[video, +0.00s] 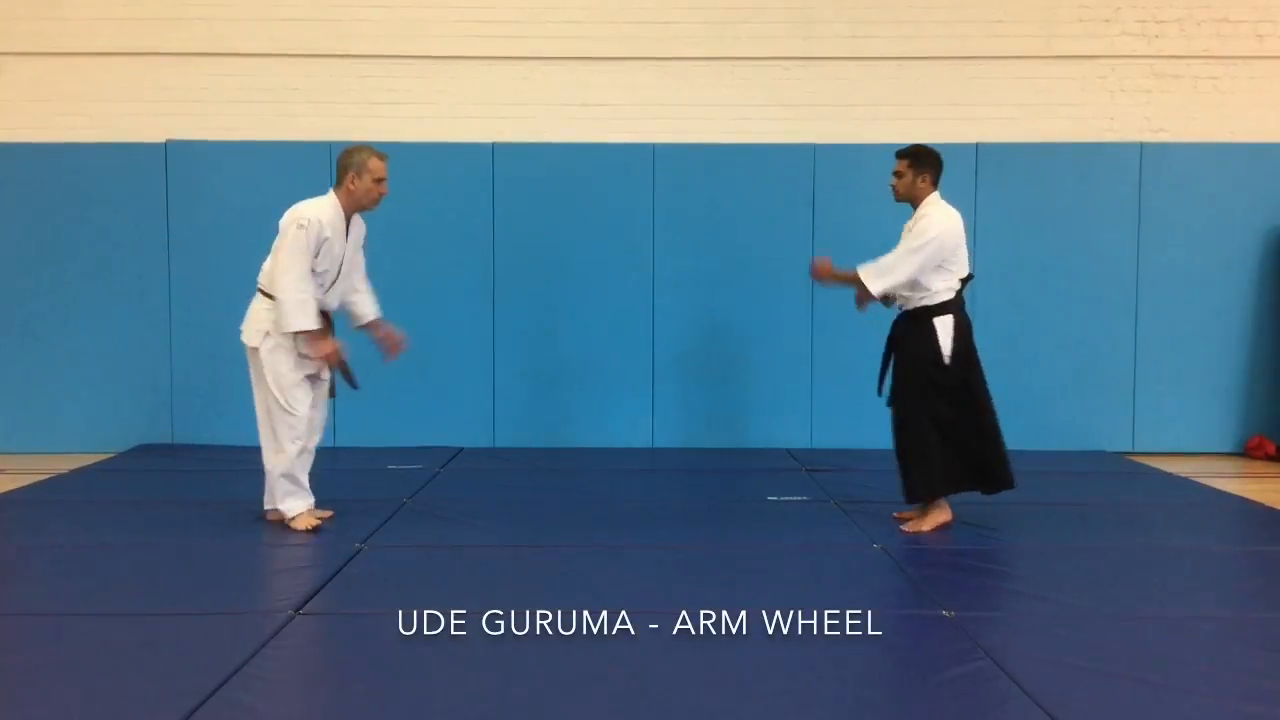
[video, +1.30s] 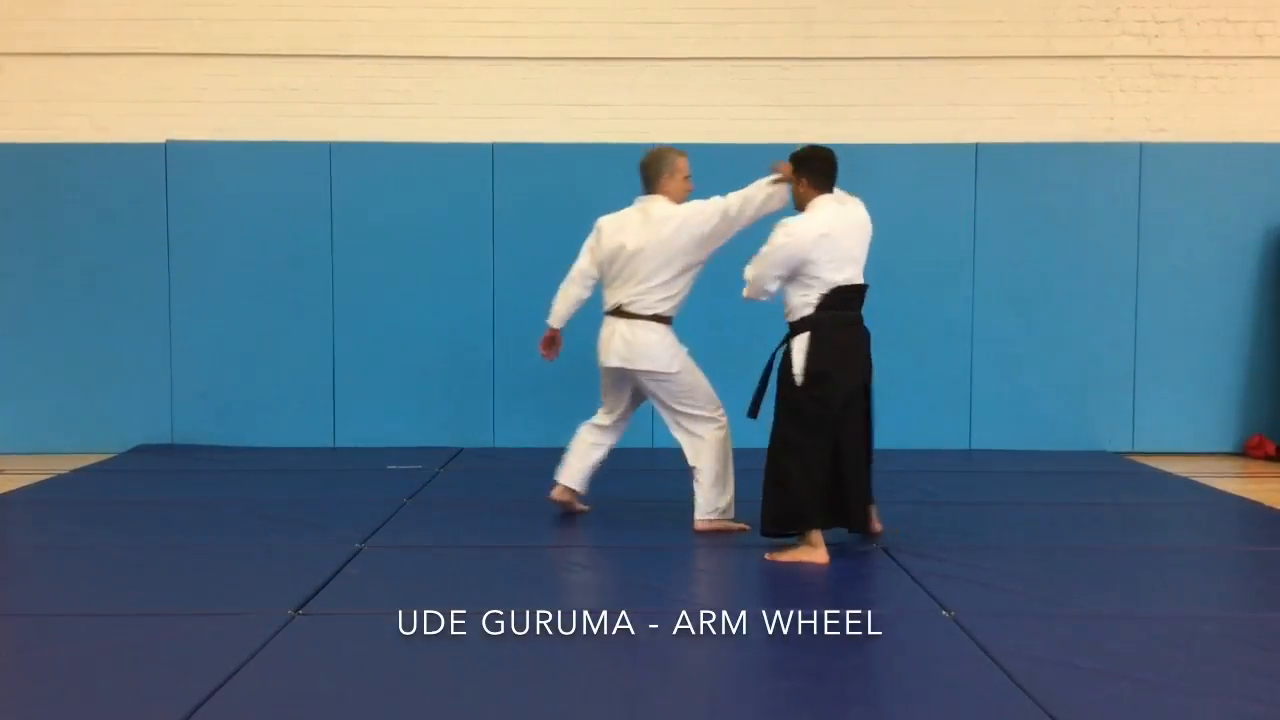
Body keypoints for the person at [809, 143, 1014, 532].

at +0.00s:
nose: (892, 181)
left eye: (899, 175)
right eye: (894, 175)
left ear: (923, 179)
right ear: (919, 180)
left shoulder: (939, 221)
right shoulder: (919, 220)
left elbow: (899, 266)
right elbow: (915, 276)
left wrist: (836, 275)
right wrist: (879, 288)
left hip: (936, 327)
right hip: (919, 325)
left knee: (922, 413)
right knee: (912, 413)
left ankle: (938, 504)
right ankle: (927, 501)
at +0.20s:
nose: (896, 179)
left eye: (903, 173)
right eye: (897, 173)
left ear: (926, 177)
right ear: (924, 178)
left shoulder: (933, 217)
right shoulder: (928, 214)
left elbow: (885, 245)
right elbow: (892, 247)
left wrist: (828, 225)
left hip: (917, 323)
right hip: (929, 320)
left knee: (887, 403)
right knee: (931, 406)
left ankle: (898, 505)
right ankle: (937, 501)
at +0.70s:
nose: (860, 191)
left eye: (867, 185)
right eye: (861, 184)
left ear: (892, 191)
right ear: (890, 191)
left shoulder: (895, 231)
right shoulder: (904, 226)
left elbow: (863, 284)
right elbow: (879, 291)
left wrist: (820, 267)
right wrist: (838, 298)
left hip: (887, 337)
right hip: (905, 333)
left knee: (851, 417)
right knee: (915, 417)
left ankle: (833, 511)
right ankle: (934, 498)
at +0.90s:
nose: (835, 203)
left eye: (843, 197)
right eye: (838, 196)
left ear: (866, 204)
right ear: (869, 205)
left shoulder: (868, 248)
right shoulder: (885, 242)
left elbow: (829, 305)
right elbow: (839, 303)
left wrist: (797, 292)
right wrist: (799, 293)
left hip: (852, 353)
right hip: (874, 349)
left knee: (816, 438)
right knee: (881, 429)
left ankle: (812, 534)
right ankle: (907, 503)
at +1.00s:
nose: (820, 198)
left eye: (827, 193)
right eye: (823, 192)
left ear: (848, 200)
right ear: (851, 202)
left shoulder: (856, 245)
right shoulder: (849, 240)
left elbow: (818, 300)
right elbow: (794, 287)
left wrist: (787, 270)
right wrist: (761, 259)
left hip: (842, 355)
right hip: (858, 351)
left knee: (806, 443)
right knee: (872, 433)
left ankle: (813, 545)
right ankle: (911, 503)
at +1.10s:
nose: (808, 192)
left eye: (815, 186)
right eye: (811, 185)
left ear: (834, 192)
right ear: (841, 193)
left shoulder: (843, 239)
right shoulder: (842, 229)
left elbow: (794, 294)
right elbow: (782, 240)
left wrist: (776, 265)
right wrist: (753, 204)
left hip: (831, 350)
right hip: (852, 344)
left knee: (804, 443)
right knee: (866, 436)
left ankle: (813, 544)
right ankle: (903, 512)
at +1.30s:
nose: (791, 187)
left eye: (793, 180)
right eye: (792, 178)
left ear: (803, 183)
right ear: (831, 180)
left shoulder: (794, 232)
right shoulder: (858, 213)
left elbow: (757, 285)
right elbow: (827, 197)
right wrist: (797, 175)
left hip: (813, 341)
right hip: (853, 336)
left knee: (801, 438)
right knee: (850, 430)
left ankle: (812, 542)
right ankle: (865, 511)